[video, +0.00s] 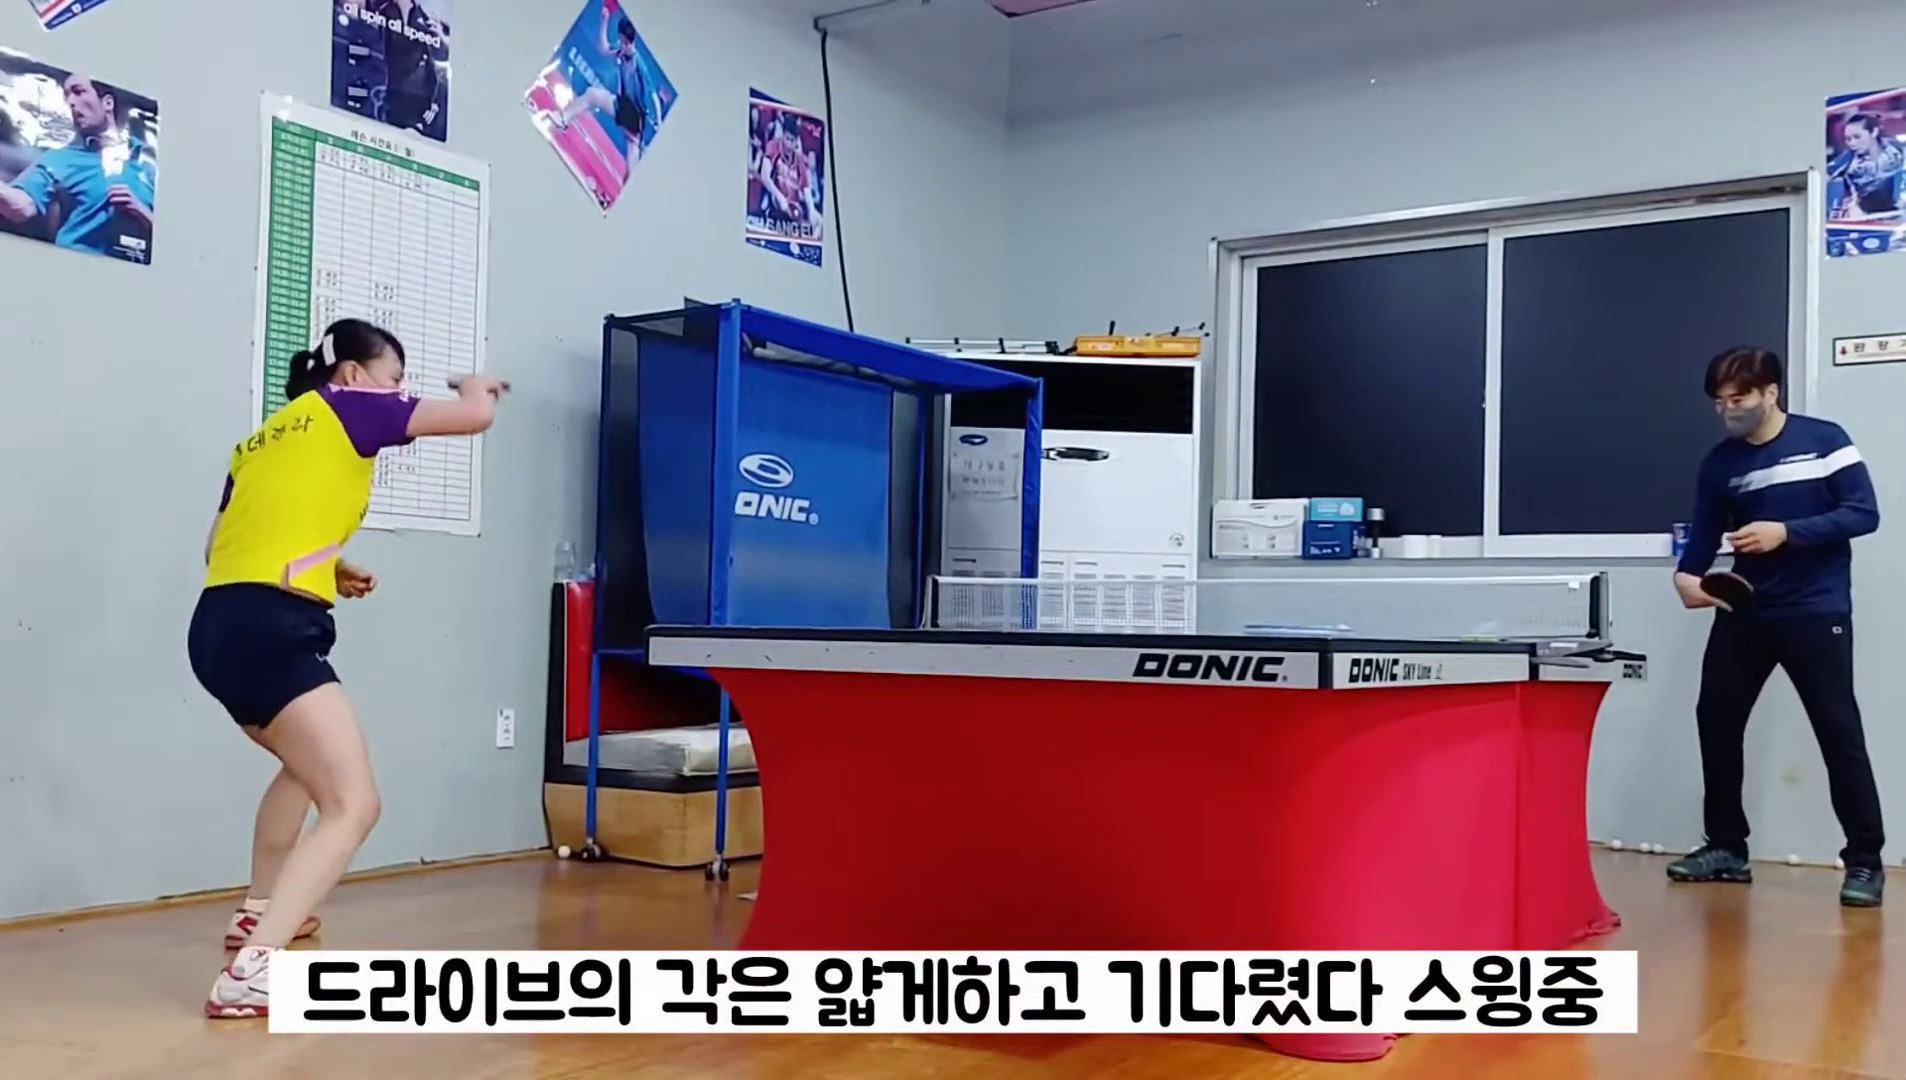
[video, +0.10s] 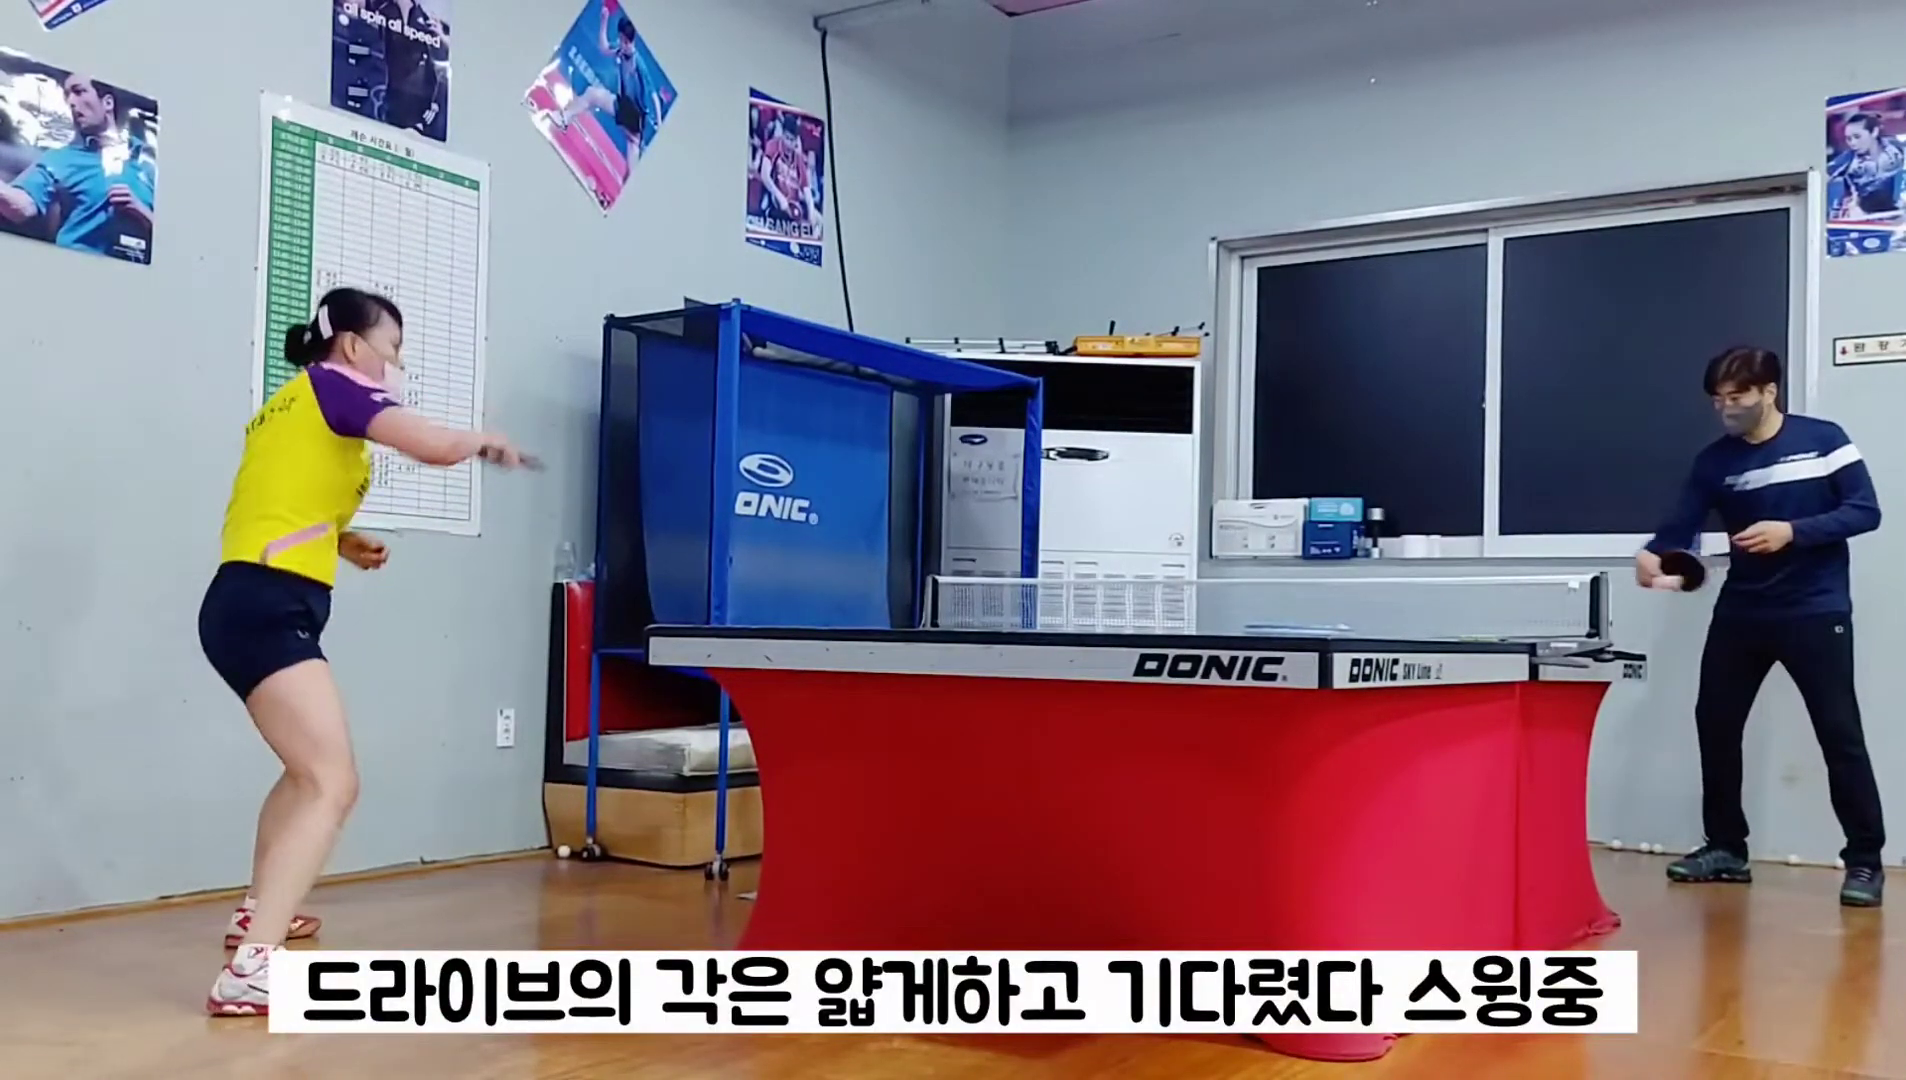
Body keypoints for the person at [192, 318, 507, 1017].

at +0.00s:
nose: (396, 393)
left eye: (398, 382)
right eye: (390, 379)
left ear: (326, 376)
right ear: (351, 371)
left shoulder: (257, 441)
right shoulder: (351, 406)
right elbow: (474, 416)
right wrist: (481, 386)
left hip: (214, 628)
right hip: (270, 625)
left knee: (303, 770)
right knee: (353, 806)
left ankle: (260, 911)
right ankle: (251, 970)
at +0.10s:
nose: (397, 369)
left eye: (398, 356)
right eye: (390, 352)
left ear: (336, 350)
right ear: (349, 343)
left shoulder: (288, 404)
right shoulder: (334, 388)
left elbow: (279, 491)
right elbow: (434, 446)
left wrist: (341, 537)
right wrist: (482, 439)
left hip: (242, 606)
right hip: (268, 608)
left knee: (306, 773)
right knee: (334, 784)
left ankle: (261, 908)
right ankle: (253, 965)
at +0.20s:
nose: (401, 342)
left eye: (401, 329)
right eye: (392, 328)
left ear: (355, 334)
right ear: (348, 330)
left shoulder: (343, 402)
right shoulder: (312, 384)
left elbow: (315, 503)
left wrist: (359, 527)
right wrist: (418, 519)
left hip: (298, 607)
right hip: (253, 600)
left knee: (333, 767)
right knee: (321, 764)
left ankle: (253, 897)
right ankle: (261, 958)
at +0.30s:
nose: (395, 362)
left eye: (395, 349)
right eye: (384, 348)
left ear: (355, 358)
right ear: (337, 357)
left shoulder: (383, 444)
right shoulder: (272, 430)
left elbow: (356, 522)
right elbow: (208, 534)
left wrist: (377, 544)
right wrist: (231, 581)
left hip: (323, 632)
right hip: (251, 625)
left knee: (346, 795)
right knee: (323, 767)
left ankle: (246, 898)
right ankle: (260, 960)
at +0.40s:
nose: (389, 401)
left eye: (389, 388)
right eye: (376, 389)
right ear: (326, 398)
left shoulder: (391, 474)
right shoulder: (253, 468)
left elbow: (394, 556)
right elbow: (164, 553)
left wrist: (375, 584)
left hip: (329, 654)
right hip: (247, 642)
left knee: (349, 824)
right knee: (320, 766)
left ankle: (248, 892)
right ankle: (263, 961)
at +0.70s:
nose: (402, 372)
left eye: (407, 360)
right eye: (392, 357)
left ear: (392, 363)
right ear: (346, 354)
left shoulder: (386, 437)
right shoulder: (283, 416)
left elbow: (369, 522)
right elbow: (209, 503)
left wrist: (378, 541)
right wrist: (146, 527)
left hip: (324, 622)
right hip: (256, 607)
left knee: (344, 784)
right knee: (289, 762)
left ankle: (250, 889)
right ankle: (255, 957)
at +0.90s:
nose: (417, 407)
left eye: (419, 397)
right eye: (411, 394)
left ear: (366, 388)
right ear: (372, 385)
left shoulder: (340, 439)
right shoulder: (351, 423)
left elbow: (292, 522)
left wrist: (336, 578)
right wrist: (502, 377)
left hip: (268, 630)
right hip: (246, 626)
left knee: (336, 752)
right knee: (312, 787)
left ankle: (270, 894)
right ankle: (228, 953)